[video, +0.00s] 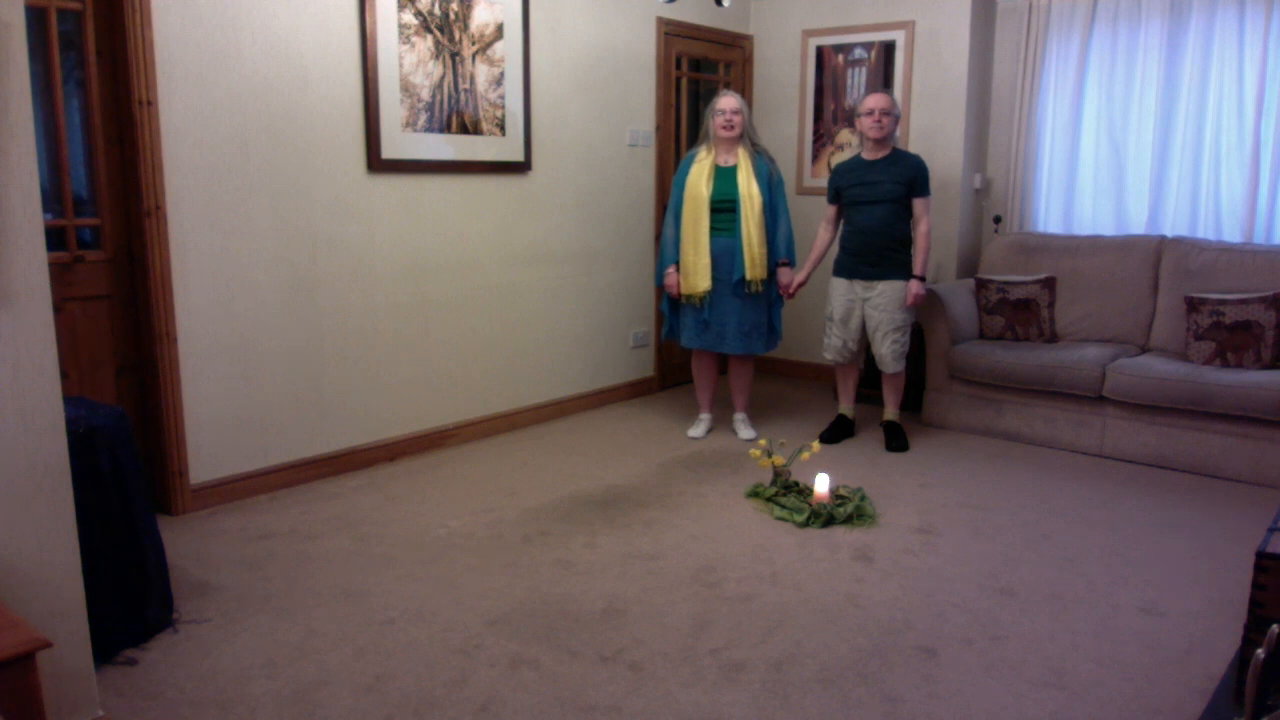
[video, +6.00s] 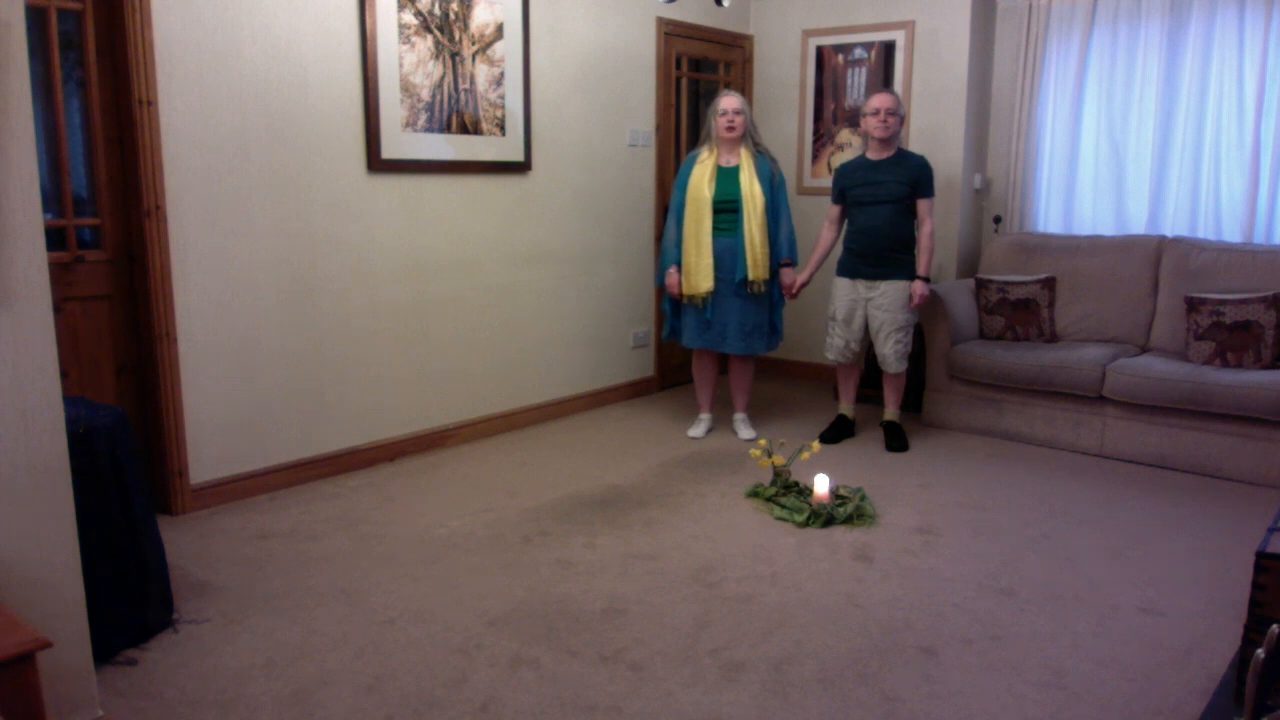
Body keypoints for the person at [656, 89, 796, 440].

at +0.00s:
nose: (728, 118)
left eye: (735, 113)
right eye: (720, 113)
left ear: (745, 119)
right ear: (710, 120)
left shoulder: (762, 163)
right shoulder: (692, 162)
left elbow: (779, 215)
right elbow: (673, 217)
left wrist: (783, 263)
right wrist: (670, 266)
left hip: (748, 268)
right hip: (700, 268)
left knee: (742, 344)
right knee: (702, 342)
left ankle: (741, 414)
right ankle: (704, 413)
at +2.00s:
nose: (728, 119)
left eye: (735, 113)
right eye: (720, 113)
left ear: (745, 119)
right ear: (710, 119)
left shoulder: (762, 163)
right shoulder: (692, 163)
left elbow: (779, 215)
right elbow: (673, 218)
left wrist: (784, 264)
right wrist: (670, 266)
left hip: (748, 268)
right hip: (700, 268)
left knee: (742, 344)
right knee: (702, 343)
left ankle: (741, 415)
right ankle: (704, 413)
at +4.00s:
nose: (729, 119)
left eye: (736, 113)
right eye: (722, 114)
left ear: (746, 119)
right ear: (711, 120)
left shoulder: (763, 164)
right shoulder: (693, 163)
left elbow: (780, 216)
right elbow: (674, 218)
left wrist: (784, 264)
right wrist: (671, 266)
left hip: (749, 269)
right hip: (701, 269)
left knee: (743, 345)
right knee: (703, 343)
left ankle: (741, 415)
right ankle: (705, 413)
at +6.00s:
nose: (730, 119)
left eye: (737, 113)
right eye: (723, 113)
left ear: (747, 119)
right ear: (713, 120)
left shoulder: (764, 164)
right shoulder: (694, 164)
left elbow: (780, 216)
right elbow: (675, 218)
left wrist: (785, 264)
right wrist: (671, 266)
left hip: (750, 269)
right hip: (702, 269)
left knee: (743, 345)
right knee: (703, 343)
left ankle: (741, 414)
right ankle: (705, 413)